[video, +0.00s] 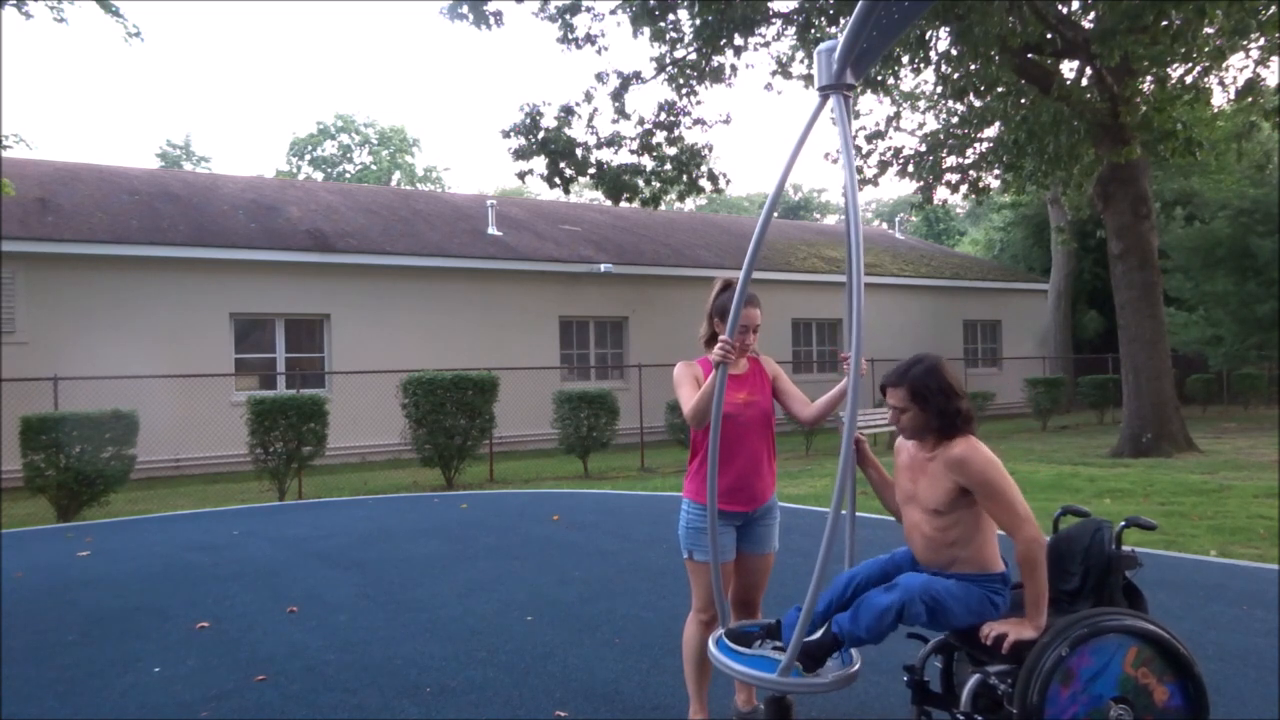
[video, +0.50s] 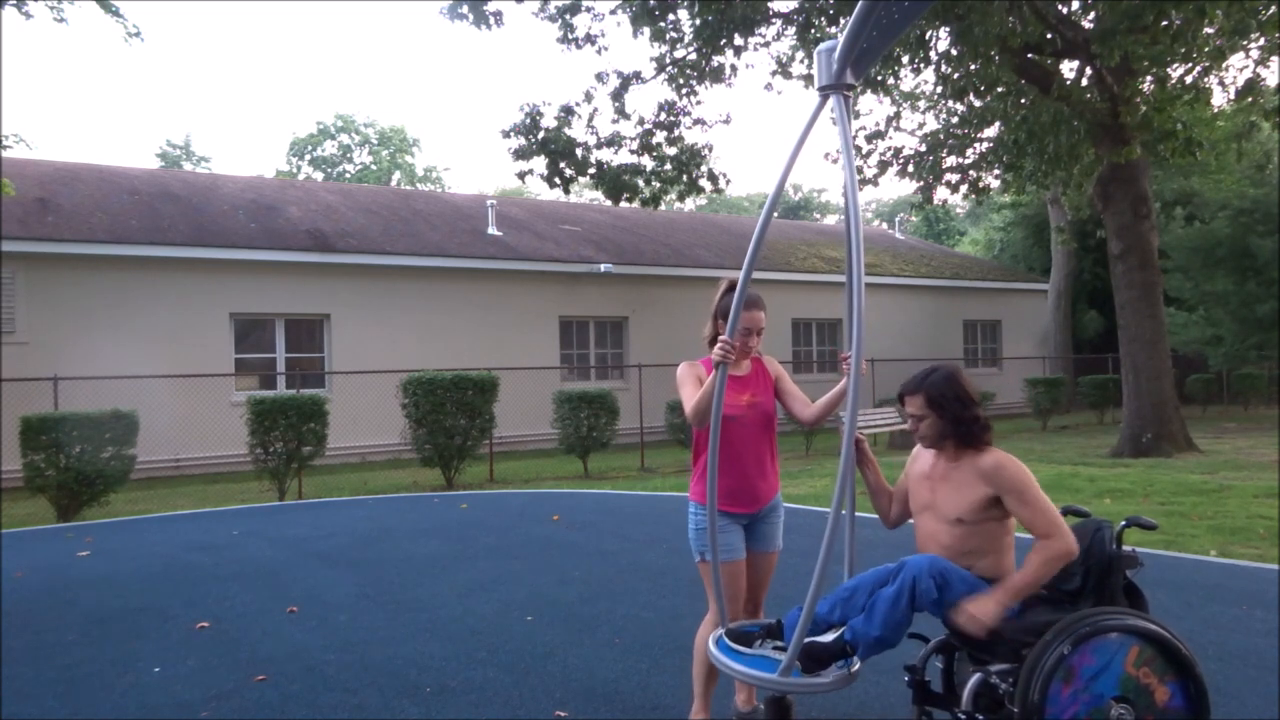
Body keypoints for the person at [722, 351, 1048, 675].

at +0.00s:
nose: (891, 418)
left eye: (898, 410)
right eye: (888, 409)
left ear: (927, 407)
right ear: (910, 407)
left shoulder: (967, 454)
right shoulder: (905, 447)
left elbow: (1029, 534)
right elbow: (903, 510)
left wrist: (1034, 620)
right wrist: (867, 461)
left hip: (976, 586)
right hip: (921, 563)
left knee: (903, 593)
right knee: (855, 580)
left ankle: (824, 644)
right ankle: (782, 631)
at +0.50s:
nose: (910, 428)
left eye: (917, 419)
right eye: (907, 419)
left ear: (948, 414)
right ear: (915, 416)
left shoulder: (997, 467)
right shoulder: (920, 455)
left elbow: (1061, 544)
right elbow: (892, 515)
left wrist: (998, 601)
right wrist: (866, 463)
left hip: (986, 594)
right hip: (932, 584)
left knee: (921, 568)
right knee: (882, 577)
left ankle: (842, 646)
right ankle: (784, 631)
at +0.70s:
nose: (928, 426)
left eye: (937, 418)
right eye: (925, 416)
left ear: (967, 416)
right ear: (925, 412)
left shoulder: (1008, 466)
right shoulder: (931, 456)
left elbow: (1001, 549)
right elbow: (897, 516)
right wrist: (871, 468)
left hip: (993, 594)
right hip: (937, 584)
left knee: (924, 565)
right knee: (890, 577)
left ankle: (844, 645)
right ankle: (784, 630)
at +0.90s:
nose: (941, 425)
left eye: (949, 418)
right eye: (939, 416)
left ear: (982, 416)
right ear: (940, 413)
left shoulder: (1013, 466)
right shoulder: (945, 455)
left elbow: (934, 488)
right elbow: (902, 514)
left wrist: (874, 431)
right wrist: (865, 458)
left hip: (996, 596)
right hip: (945, 586)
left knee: (923, 565)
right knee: (891, 582)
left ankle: (844, 645)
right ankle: (787, 629)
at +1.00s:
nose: (945, 426)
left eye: (953, 419)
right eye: (943, 418)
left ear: (986, 416)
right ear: (942, 413)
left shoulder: (1016, 468)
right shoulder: (948, 454)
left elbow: (936, 486)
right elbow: (905, 513)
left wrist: (873, 428)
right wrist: (866, 458)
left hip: (996, 597)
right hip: (945, 584)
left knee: (924, 565)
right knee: (891, 582)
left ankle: (845, 644)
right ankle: (788, 629)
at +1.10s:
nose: (948, 428)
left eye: (957, 421)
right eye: (946, 419)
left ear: (989, 418)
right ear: (945, 414)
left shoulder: (1019, 470)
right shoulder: (949, 454)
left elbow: (938, 483)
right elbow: (908, 513)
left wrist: (876, 424)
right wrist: (869, 460)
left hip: (997, 598)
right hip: (944, 585)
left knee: (924, 565)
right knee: (887, 585)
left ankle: (845, 644)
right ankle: (787, 630)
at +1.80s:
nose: (954, 432)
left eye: (964, 424)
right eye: (951, 421)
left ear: (998, 422)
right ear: (950, 415)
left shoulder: (1029, 470)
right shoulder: (947, 462)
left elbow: (950, 485)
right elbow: (917, 535)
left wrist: (880, 423)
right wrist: (861, 566)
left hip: (1000, 598)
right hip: (943, 580)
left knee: (930, 568)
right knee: (882, 566)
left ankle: (852, 647)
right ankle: (800, 633)